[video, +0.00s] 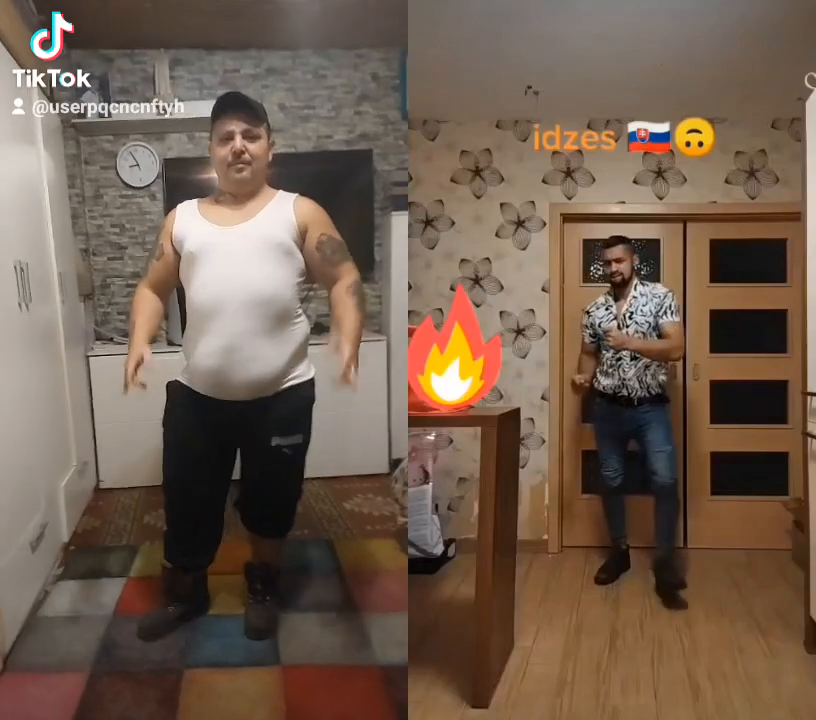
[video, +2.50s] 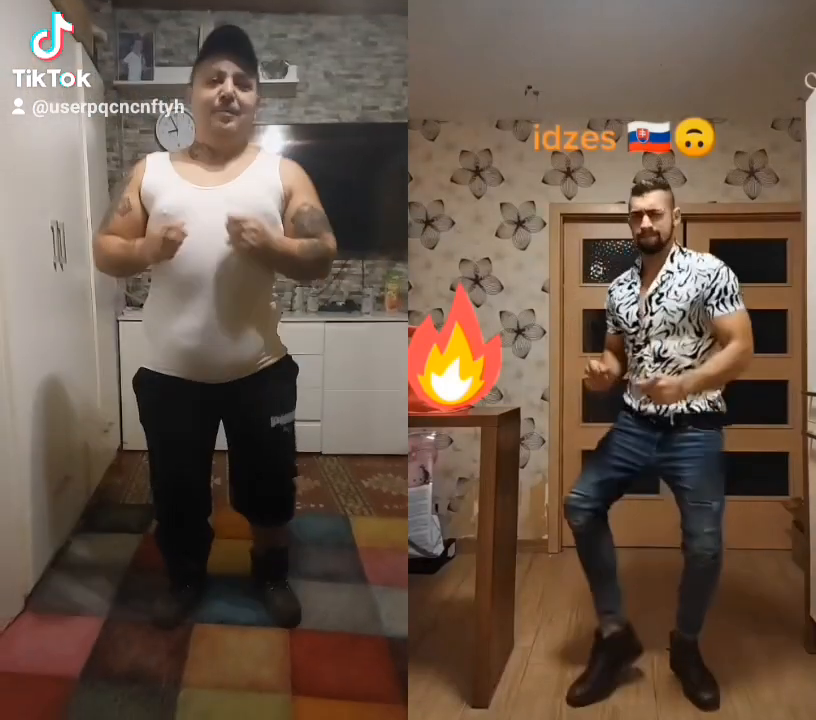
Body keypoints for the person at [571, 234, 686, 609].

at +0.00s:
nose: (613, 268)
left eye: (619, 261)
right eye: (608, 263)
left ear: (635, 261)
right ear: (603, 267)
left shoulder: (659, 297)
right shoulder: (596, 311)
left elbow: (675, 346)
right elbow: (588, 354)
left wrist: (629, 343)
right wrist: (584, 376)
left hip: (650, 407)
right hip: (608, 408)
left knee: (664, 481)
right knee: (611, 481)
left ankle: (666, 567)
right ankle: (619, 553)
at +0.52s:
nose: (645, 264)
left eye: (652, 257)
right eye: (638, 257)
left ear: (664, 260)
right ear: (631, 262)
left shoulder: (690, 300)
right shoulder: (619, 311)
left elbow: (711, 354)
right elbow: (609, 357)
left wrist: (685, 395)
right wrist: (605, 379)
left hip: (668, 415)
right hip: (623, 412)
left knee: (672, 498)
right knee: (592, 475)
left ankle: (667, 575)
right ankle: (627, 549)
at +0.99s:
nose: (642, 259)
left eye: (650, 251)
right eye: (635, 251)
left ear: (661, 255)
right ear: (624, 255)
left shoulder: (684, 303)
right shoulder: (604, 303)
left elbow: (705, 360)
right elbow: (579, 357)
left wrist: (682, 370)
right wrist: (595, 365)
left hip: (676, 422)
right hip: (626, 422)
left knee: (678, 507)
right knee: (610, 504)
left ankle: (661, 576)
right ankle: (632, 596)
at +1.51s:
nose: (638, 251)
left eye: (646, 243)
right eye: (630, 243)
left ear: (656, 245)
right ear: (617, 244)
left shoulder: (678, 294)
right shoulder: (591, 295)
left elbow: (707, 361)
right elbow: (574, 350)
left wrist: (701, 345)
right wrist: (583, 369)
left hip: (670, 414)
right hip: (616, 417)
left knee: (699, 502)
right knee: (616, 513)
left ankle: (673, 589)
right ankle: (634, 600)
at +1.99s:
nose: (648, 245)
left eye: (656, 237)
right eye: (639, 237)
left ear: (666, 240)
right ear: (625, 240)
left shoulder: (689, 295)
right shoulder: (597, 293)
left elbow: (715, 368)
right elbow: (580, 354)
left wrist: (697, 333)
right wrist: (594, 393)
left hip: (675, 429)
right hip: (618, 429)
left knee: (704, 521)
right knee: (613, 527)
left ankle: (685, 631)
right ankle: (632, 600)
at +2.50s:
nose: (644, 223)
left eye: (654, 214)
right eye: (636, 216)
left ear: (676, 218)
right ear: (629, 224)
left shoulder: (709, 271)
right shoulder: (621, 287)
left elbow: (739, 347)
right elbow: (614, 358)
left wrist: (684, 383)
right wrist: (603, 371)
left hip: (695, 432)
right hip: (633, 427)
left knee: (705, 548)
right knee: (582, 507)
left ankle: (686, 648)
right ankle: (614, 635)